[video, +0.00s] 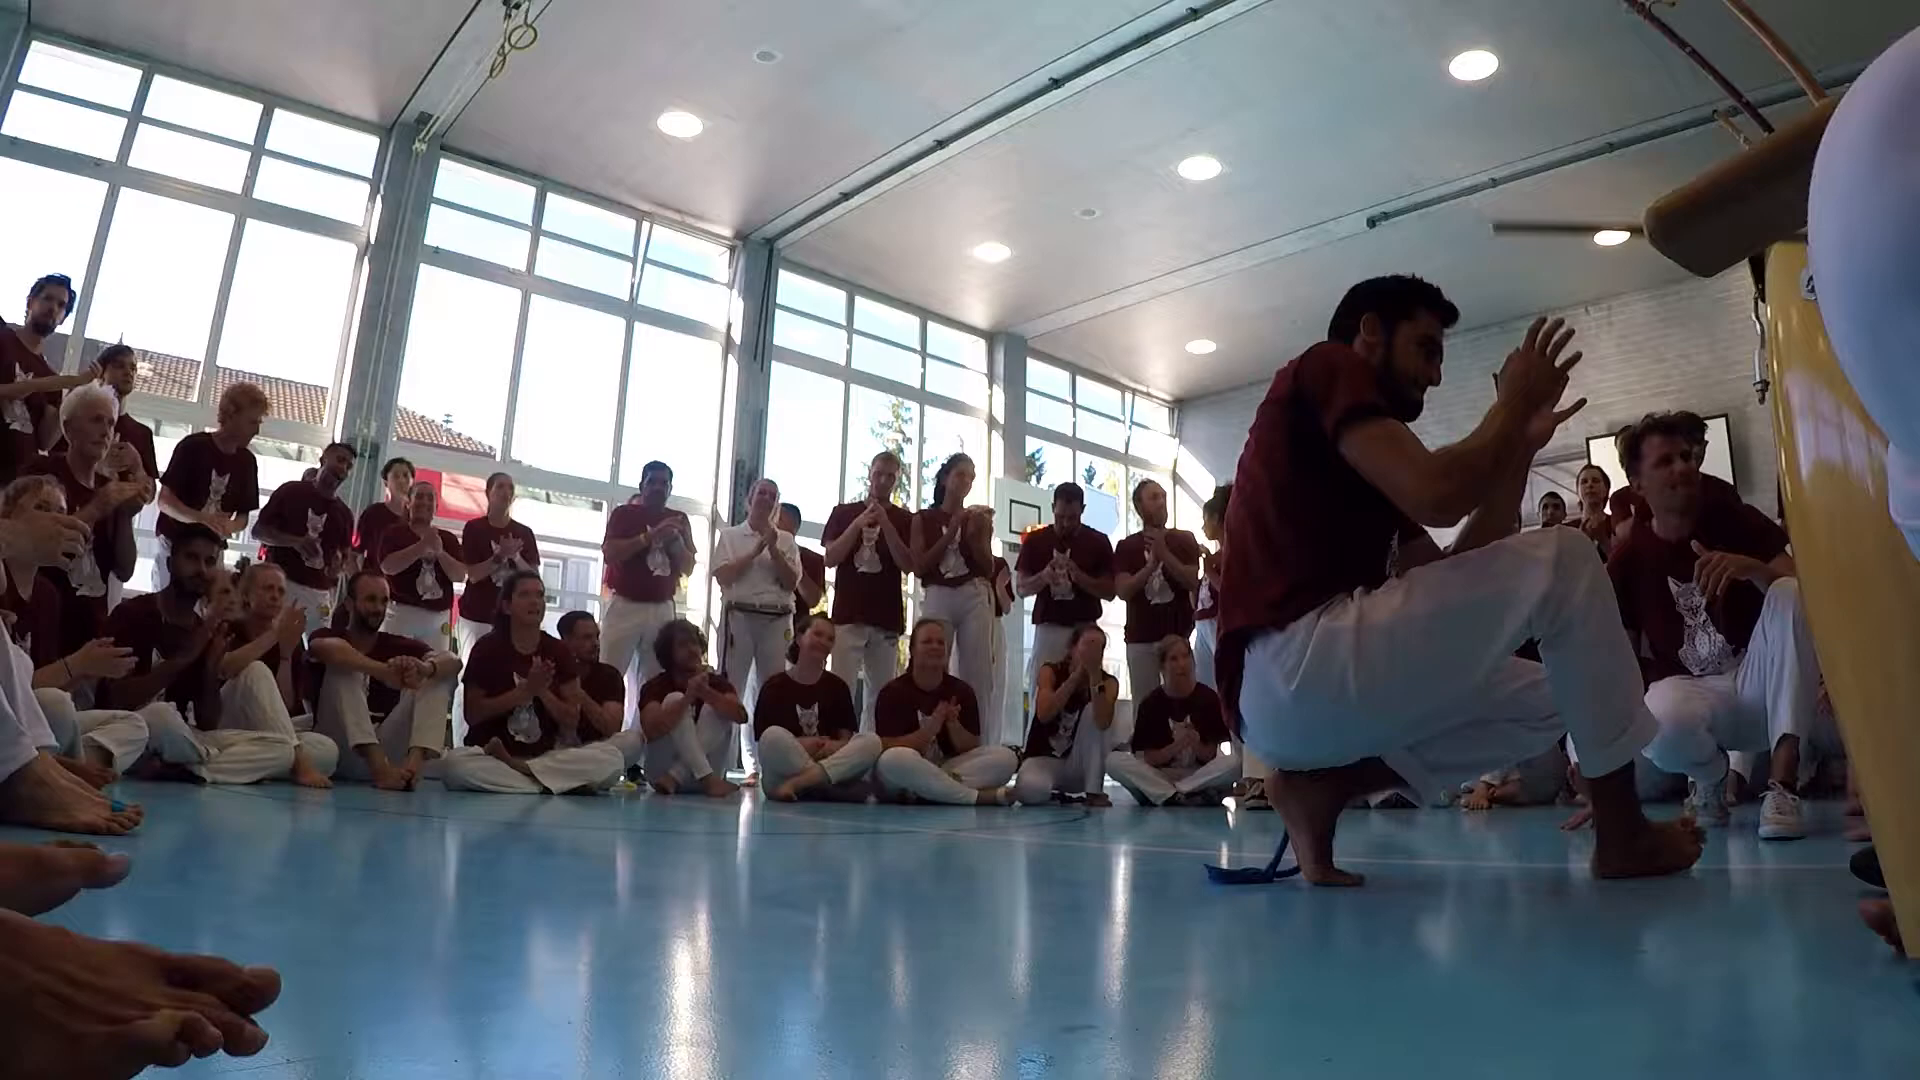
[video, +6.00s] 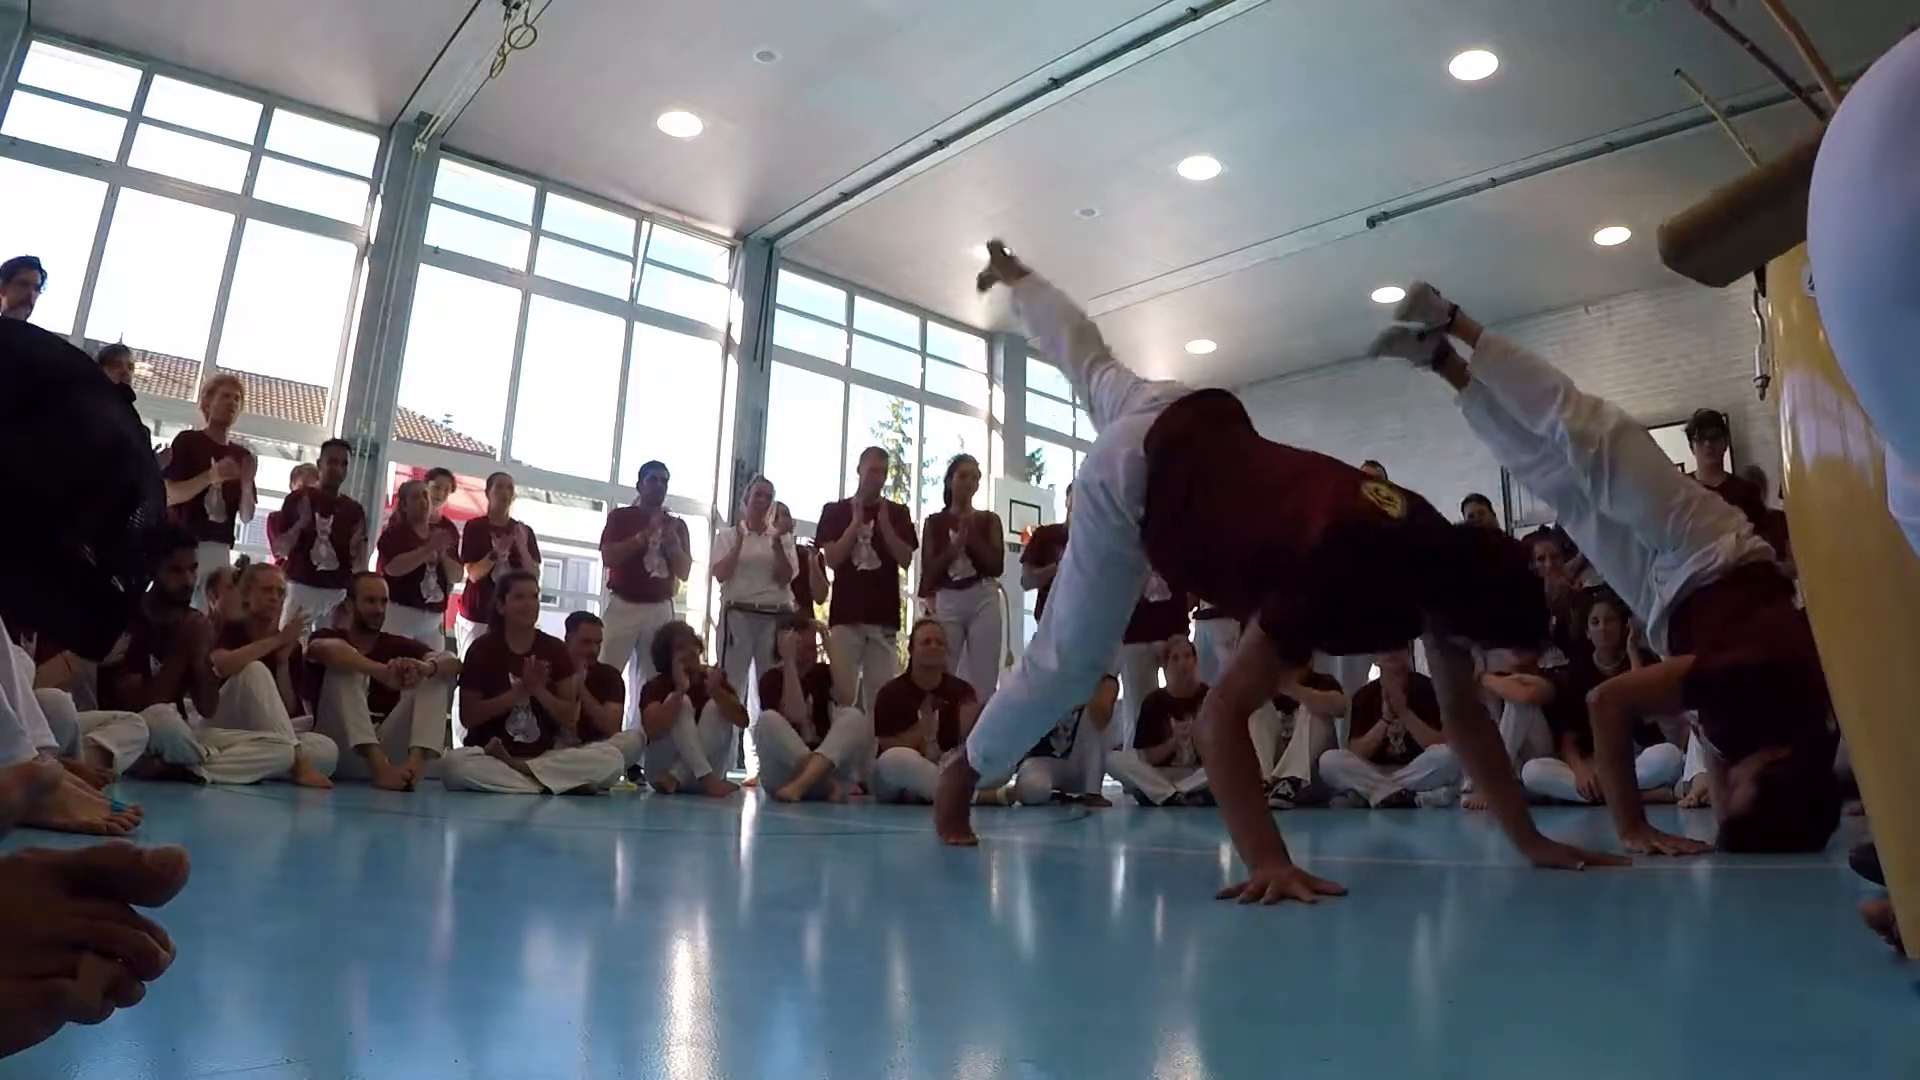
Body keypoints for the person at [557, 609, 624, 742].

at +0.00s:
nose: (596, 643)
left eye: (597, 636)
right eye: (587, 637)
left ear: (600, 636)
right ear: (566, 641)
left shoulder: (609, 675)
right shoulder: (549, 674)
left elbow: (611, 728)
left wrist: (577, 693)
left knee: (633, 739)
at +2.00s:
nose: (590, 645)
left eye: (594, 638)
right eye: (582, 639)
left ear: (597, 638)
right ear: (563, 640)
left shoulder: (609, 675)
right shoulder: (548, 675)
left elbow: (611, 728)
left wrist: (578, 691)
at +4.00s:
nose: (590, 645)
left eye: (594, 638)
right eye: (581, 638)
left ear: (598, 639)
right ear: (564, 640)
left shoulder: (610, 675)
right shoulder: (547, 674)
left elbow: (610, 725)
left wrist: (582, 691)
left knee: (633, 739)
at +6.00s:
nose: (593, 650)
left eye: (598, 643)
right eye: (586, 642)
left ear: (602, 643)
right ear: (568, 640)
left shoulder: (610, 675)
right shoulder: (551, 674)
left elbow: (611, 728)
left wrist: (581, 689)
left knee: (635, 738)